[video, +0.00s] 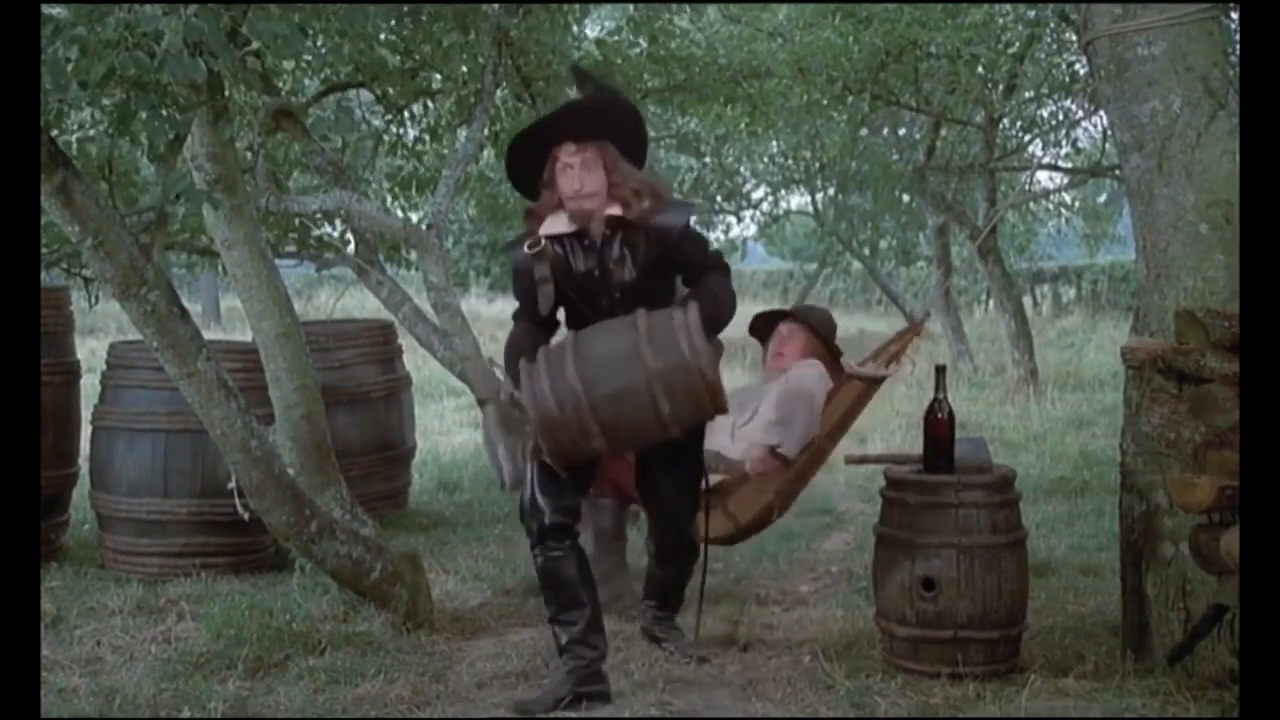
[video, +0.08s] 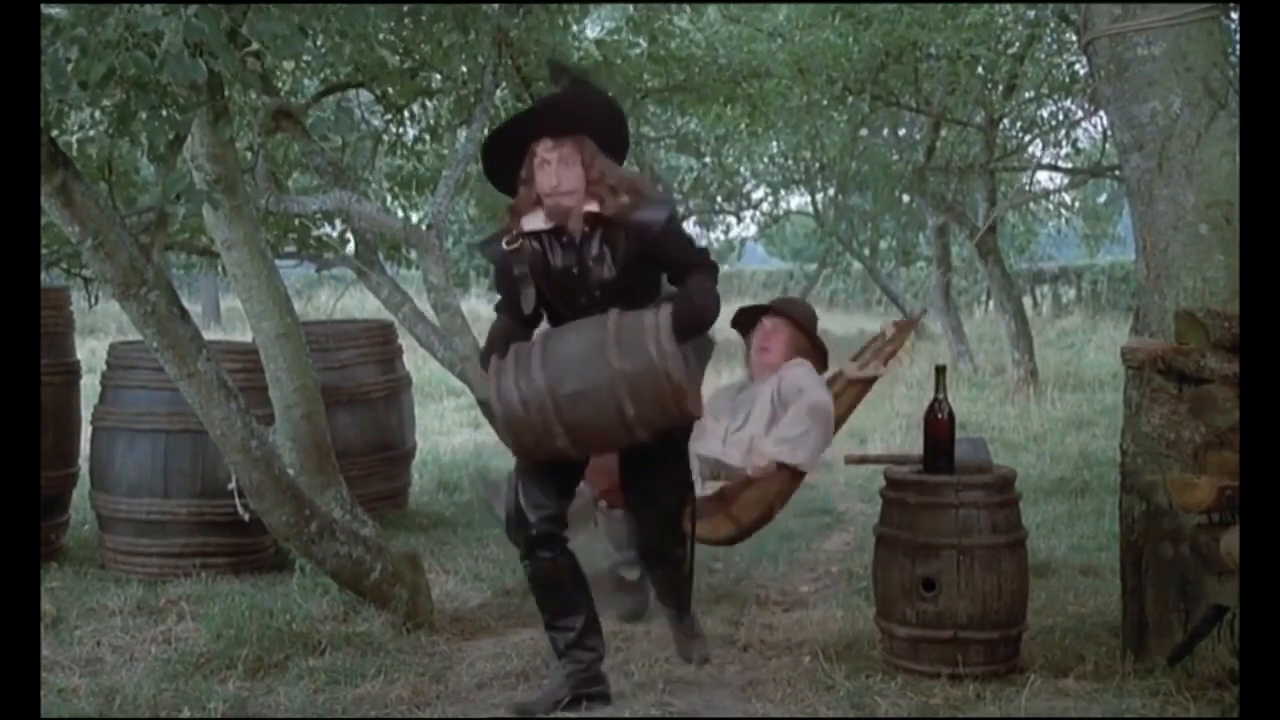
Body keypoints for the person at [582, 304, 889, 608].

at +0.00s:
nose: (778, 342)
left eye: (791, 335)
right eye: (775, 336)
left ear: (815, 347)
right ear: (766, 348)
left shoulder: (811, 372)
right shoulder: (755, 392)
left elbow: (800, 406)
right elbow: (716, 425)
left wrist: (780, 451)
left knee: (608, 466)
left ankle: (606, 571)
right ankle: (605, 571)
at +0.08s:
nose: (764, 334)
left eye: (777, 328)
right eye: (760, 327)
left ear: (800, 343)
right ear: (750, 339)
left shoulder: (796, 374)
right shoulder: (727, 395)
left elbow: (816, 410)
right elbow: (699, 441)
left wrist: (772, 455)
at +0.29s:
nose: (719, 325)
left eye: (732, 319)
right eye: (713, 317)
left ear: (752, 334)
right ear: (701, 329)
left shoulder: (759, 369)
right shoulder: (698, 372)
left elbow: (808, 398)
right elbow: (676, 422)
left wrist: (786, 464)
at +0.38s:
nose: (693, 325)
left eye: (705, 317)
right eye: (685, 317)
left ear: (727, 331)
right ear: (674, 331)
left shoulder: (736, 365)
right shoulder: (681, 384)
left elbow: (799, 395)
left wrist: (790, 464)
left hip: (723, 485)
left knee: (639, 495)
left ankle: (641, 600)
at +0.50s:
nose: (652, 337)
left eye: (661, 324)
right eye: (647, 329)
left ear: (690, 321)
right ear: (640, 334)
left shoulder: (710, 364)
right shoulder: (674, 375)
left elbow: (776, 397)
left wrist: (793, 465)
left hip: (723, 492)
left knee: (653, 497)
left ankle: (643, 594)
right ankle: (609, 569)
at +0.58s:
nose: (652, 332)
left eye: (663, 321)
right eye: (648, 321)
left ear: (682, 325)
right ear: (637, 324)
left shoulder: (693, 356)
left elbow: (764, 395)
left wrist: (790, 466)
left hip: (711, 482)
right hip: (638, 471)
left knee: (646, 497)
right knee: (575, 476)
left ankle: (644, 584)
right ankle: (606, 572)